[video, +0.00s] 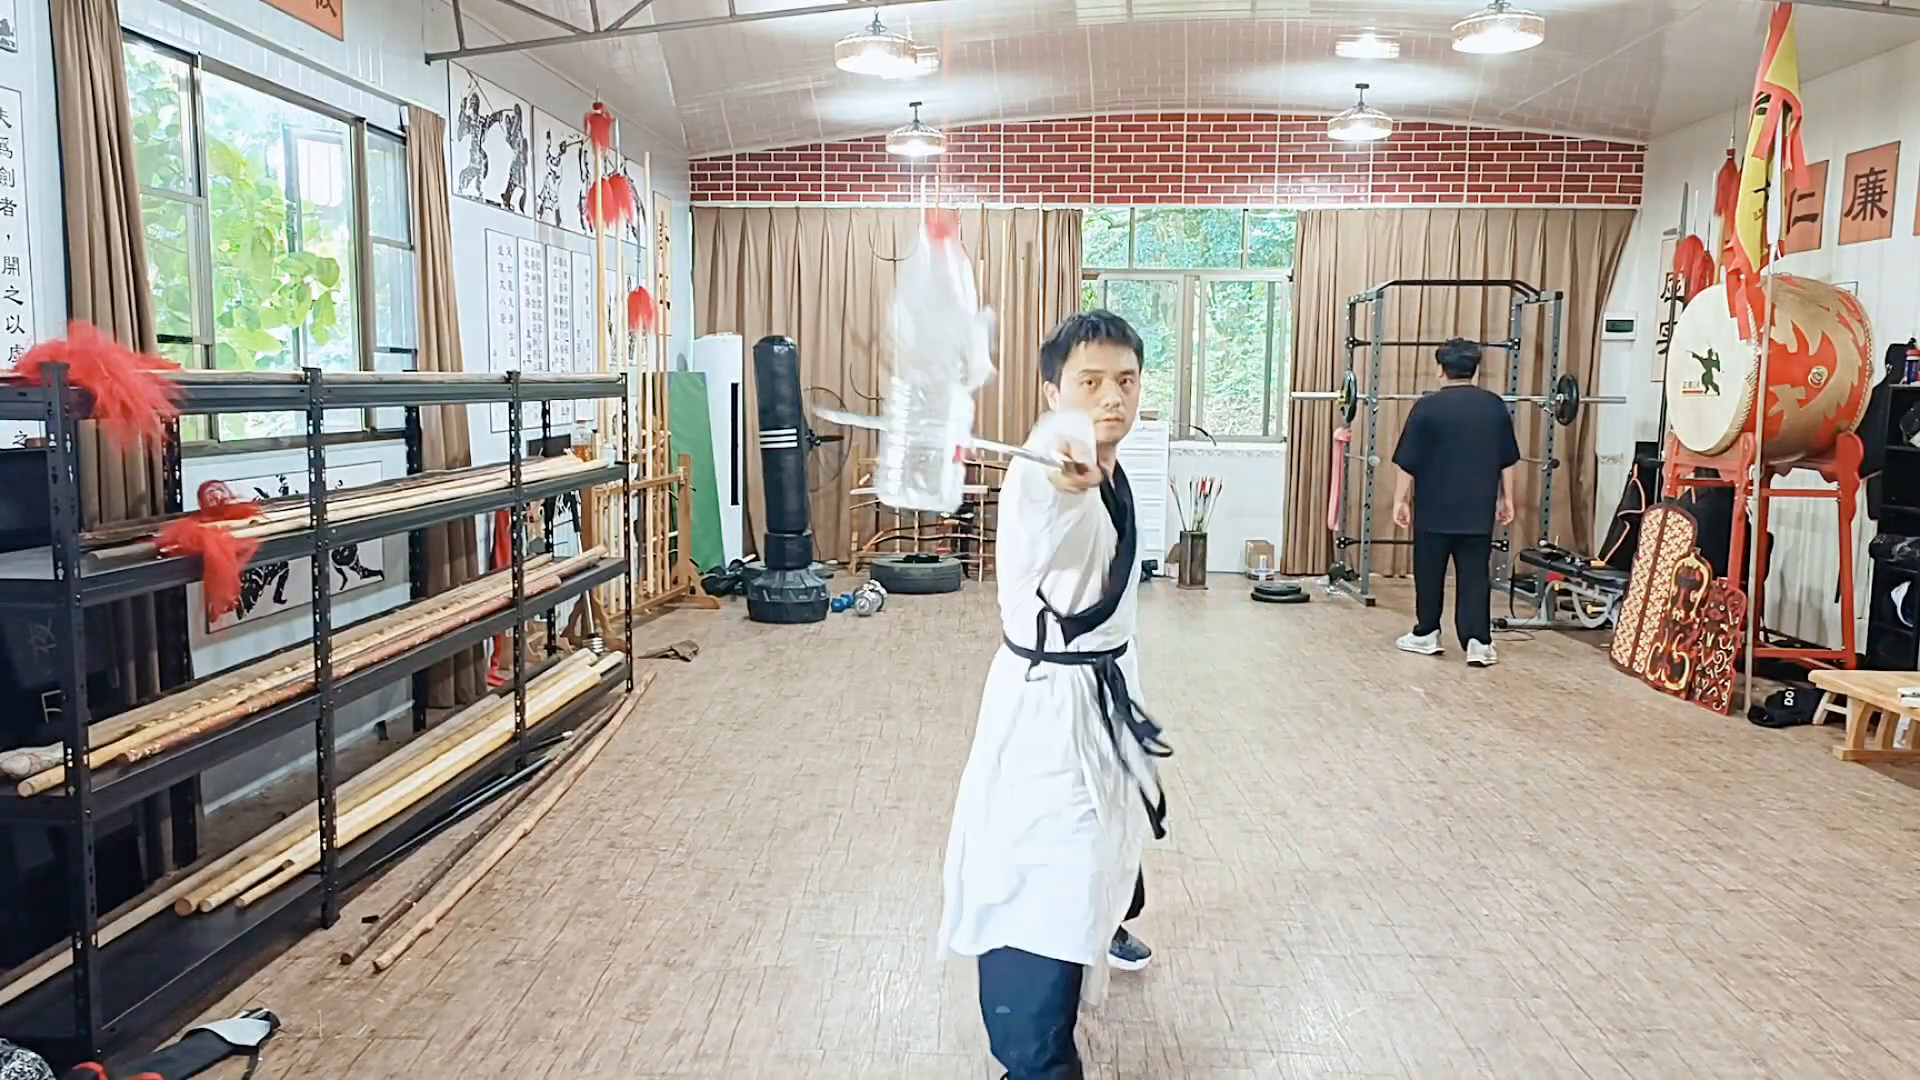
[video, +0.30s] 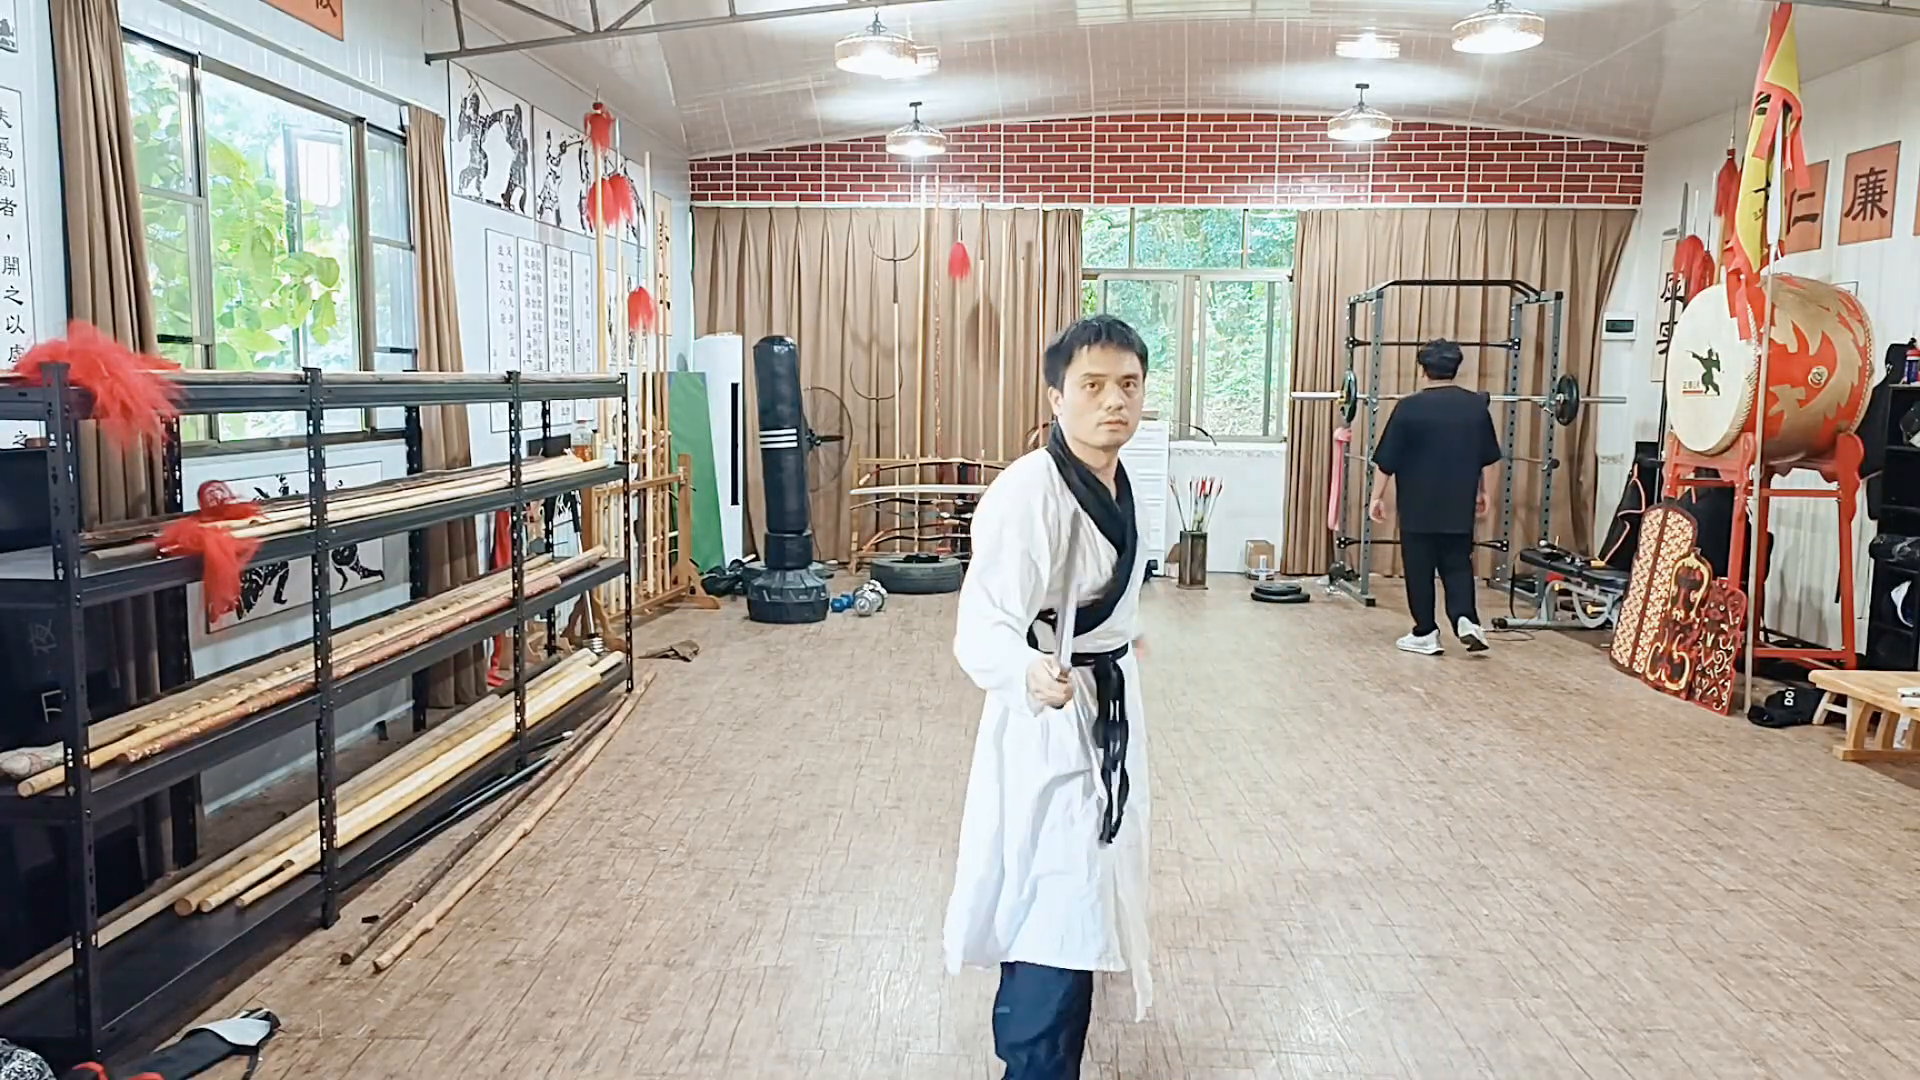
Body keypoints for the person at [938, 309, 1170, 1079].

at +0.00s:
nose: (1113, 398)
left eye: (1127, 380)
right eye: (1091, 380)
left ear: (1141, 389)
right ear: (1052, 391)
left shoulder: (1108, 459)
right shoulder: (1044, 462)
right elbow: (1042, 493)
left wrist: (1120, 696)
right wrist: (1070, 486)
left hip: (1103, 685)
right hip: (1045, 698)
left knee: (1107, 818)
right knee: (1040, 886)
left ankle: (1098, 928)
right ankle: (1038, 1058)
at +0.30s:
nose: (1116, 401)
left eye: (1129, 384)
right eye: (1095, 384)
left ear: (1143, 395)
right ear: (1055, 397)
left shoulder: (1124, 474)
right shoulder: (1023, 494)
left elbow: (1114, 567)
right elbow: (981, 628)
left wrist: (1130, 627)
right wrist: (1028, 670)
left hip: (1110, 688)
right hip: (1047, 704)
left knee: (1091, 873)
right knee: (1058, 888)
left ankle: (1061, 1049)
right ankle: (1035, 1057)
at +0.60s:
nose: (1111, 377)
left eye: (1125, 361)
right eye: (1092, 361)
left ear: (1141, 372)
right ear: (1058, 372)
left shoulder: (1140, 453)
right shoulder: (1025, 464)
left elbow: (1163, 552)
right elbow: (987, 578)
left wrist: (1244, 583)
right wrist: (1028, 617)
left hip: (1110, 658)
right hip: (1038, 664)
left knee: (1088, 815)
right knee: (1040, 833)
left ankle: (1049, 973)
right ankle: (1012, 1026)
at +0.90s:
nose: (1108, 394)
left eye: (1122, 378)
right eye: (1090, 379)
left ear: (1139, 386)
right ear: (1060, 387)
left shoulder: (1143, 461)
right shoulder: (1027, 479)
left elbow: (1153, 570)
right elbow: (988, 592)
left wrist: (1221, 629)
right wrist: (1030, 629)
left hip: (1121, 663)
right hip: (1051, 673)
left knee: (1131, 806)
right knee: (1069, 841)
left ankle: (1095, 931)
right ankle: (1017, 1034)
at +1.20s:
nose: (1120, 392)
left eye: (1134, 376)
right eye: (1099, 377)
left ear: (1150, 386)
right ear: (1064, 388)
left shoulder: (1133, 469)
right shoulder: (1039, 472)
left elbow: (1143, 566)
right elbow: (974, 574)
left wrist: (1173, 639)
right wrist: (1033, 586)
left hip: (1111, 680)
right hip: (1049, 686)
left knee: (1082, 858)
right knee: (1049, 877)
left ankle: (1051, 1033)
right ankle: (1036, 1058)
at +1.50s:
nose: (1118, 395)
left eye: (1134, 376)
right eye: (1096, 377)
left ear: (1150, 388)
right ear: (1058, 389)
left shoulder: (1134, 467)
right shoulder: (1033, 473)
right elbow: (1029, 539)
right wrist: (1059, 542)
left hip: (1106, 686)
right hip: (1035, 696)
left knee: (1087, 863)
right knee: (1041, 878)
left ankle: (1033, 1041)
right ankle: (1015, 1050)